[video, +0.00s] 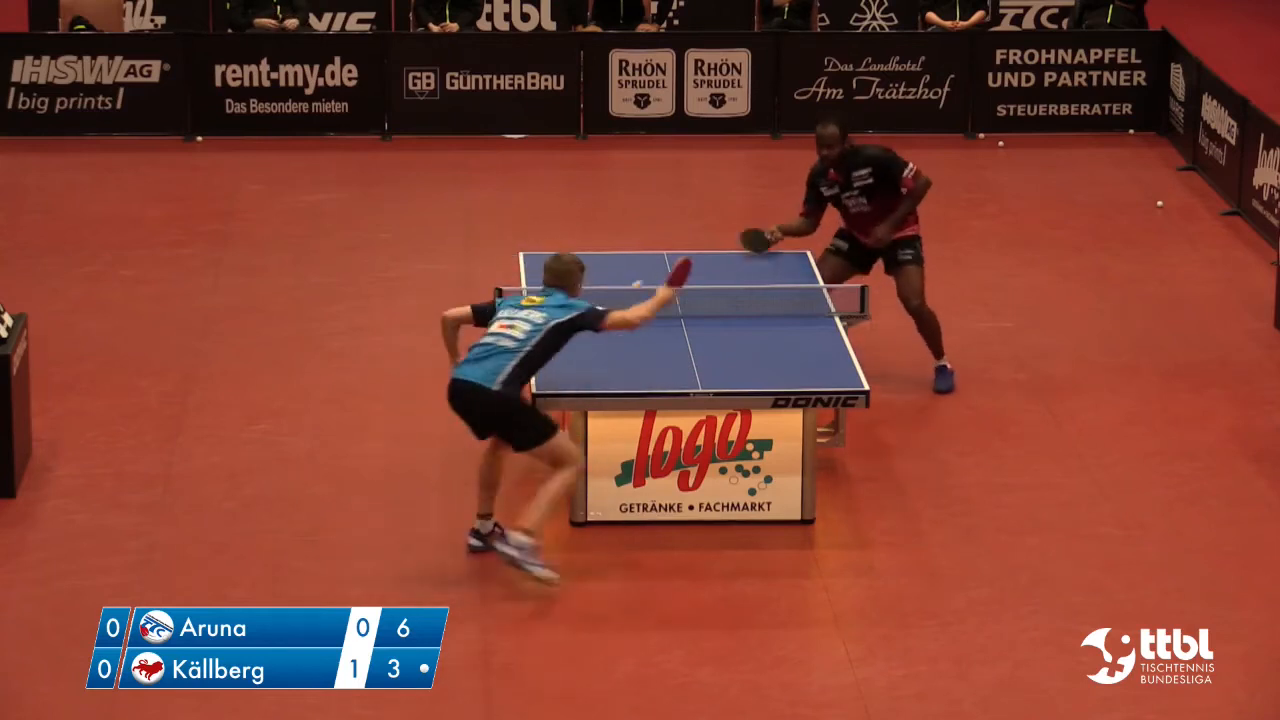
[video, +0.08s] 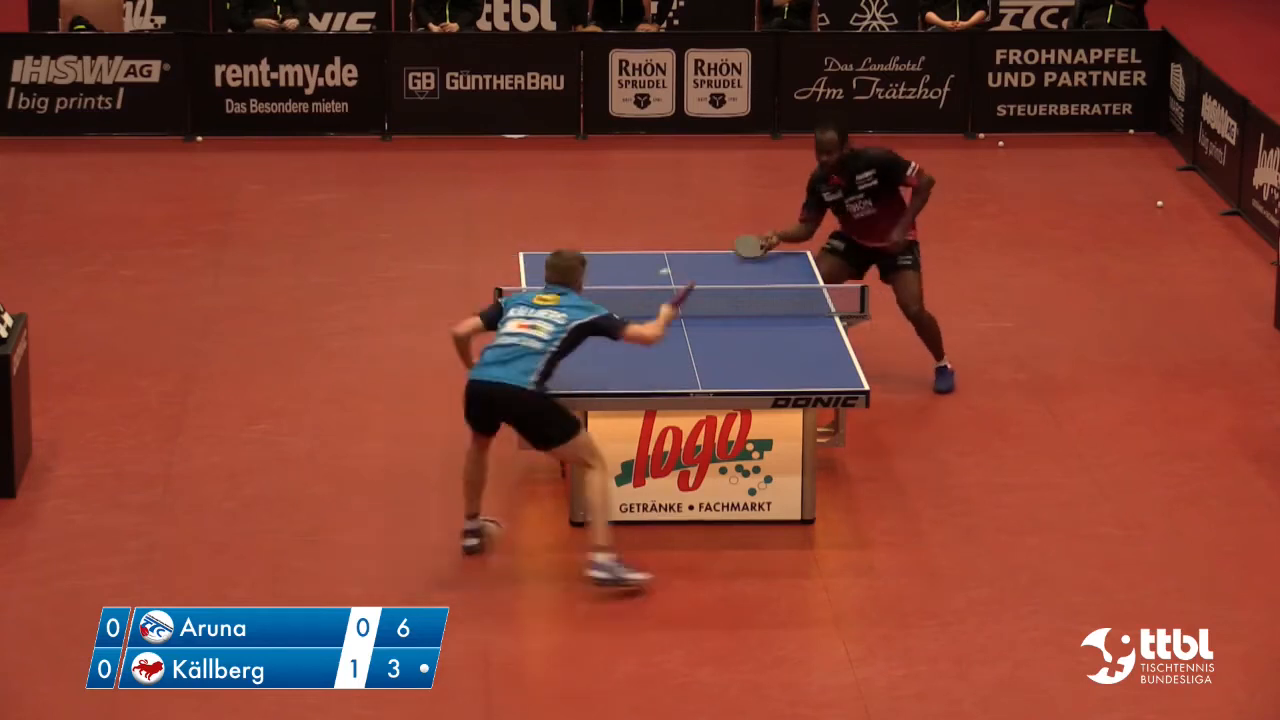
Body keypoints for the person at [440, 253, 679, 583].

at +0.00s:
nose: (582, 287)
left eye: (582, 282)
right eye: (581, 282)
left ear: (545, 280)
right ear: (576, 283)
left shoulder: (513, 302)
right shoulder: (573, 310)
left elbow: (450, 317)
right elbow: (632, 319)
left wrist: (455, 358)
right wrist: (661, 298)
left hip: (460, 389)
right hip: (496, 395)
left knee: (499, 441)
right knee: (571, 462)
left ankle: (484, 527)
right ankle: (523, 537)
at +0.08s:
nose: (584, 280)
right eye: (583, 276)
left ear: (546, 277)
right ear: (579, 279)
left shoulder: (517, 300)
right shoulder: (584, 311)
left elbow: (460, 332)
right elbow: (648, 336)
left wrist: (470, 366)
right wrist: (664, 316)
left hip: (479, 390)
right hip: (523, 394)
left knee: (478, 446)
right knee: (594, 464)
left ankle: (471, 528)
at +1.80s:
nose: (588, 323)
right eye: (589, 319)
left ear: (555, 322)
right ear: (589, 326)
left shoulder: (528, 351)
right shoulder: (601, 365)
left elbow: (474, 389)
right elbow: (635, 422)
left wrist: (506, 405)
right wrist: (617, 419)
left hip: (516, 463)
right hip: (567, 468)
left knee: (461, 511)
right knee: (638, 528)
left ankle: (419, 591)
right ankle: (647, 611)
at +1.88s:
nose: (573, 338)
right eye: (572, 333)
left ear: (534, 334)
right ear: (568, 337)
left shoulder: (507, 360)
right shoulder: (580, 376)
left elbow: (458, 409)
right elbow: (611, 440)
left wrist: (492, 416)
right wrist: (587, 448)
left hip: (500, 469)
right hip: (551, 473)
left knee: (447, 501)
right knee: (628, 501)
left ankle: (411, 586)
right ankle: (635, 594)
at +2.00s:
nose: (554, 351)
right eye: (553, 347)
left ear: (516, 350)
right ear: (550, 353)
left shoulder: (493, 376)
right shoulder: (563, 391)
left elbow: (458, 429)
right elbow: (599, 461)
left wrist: (487, 433)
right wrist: (574, 458)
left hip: (489, 481)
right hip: (540, 483)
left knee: (437, 508)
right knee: (622, 489)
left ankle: (408, 595)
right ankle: (617, 586)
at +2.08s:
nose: (542, 350)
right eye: (542, 347)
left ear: (506, 352)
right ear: (541, 352)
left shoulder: (488, 382)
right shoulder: (562, 391)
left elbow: (461, 444)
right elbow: (607, 447)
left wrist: (490, 428)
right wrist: (580, 474)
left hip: (493, 495)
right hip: (549, 496)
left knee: (430, 508)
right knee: (632, 488)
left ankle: (406, 597)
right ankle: (620, 585)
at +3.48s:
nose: (636, 413)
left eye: (632, 404)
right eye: (637, 407)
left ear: (600, 398)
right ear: (630, 414)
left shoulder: (581, 422)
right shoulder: (582, 459)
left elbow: (604, 468)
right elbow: (526, 512)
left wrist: (650, 488)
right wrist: (511, 577)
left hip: (473, 508)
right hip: (506, 522)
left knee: (435, 577)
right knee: (616, 543)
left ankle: (360, 622)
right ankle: (635, 650)